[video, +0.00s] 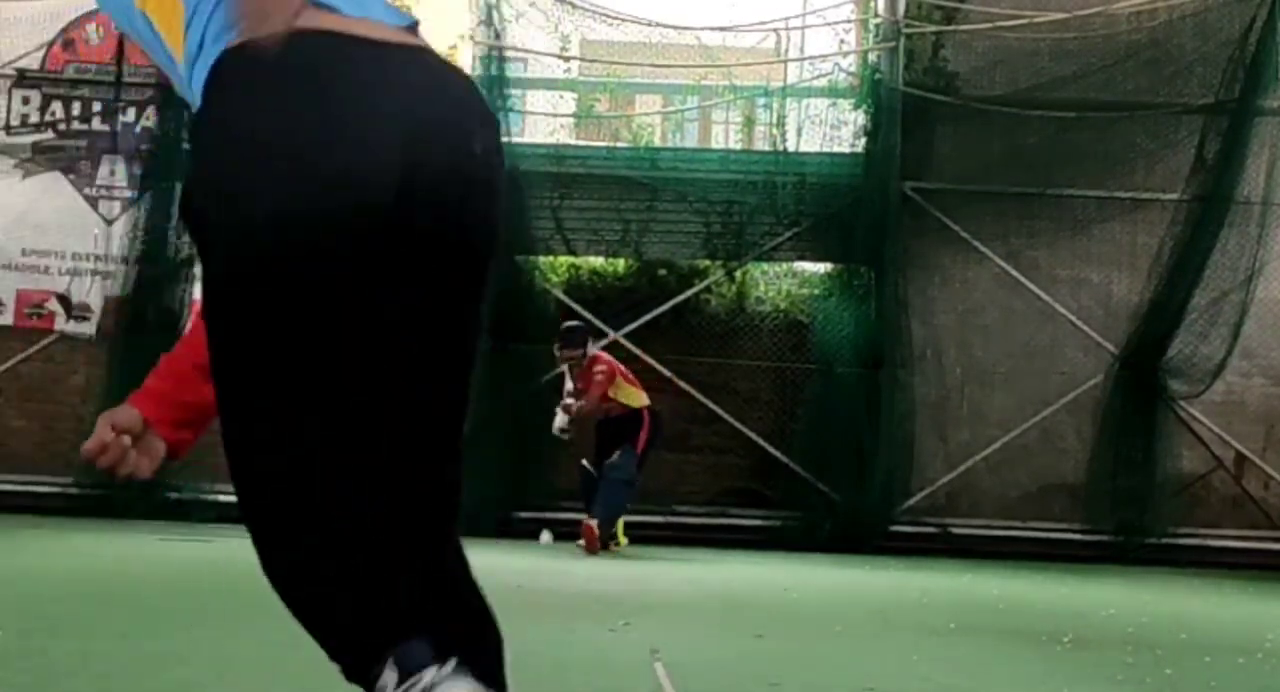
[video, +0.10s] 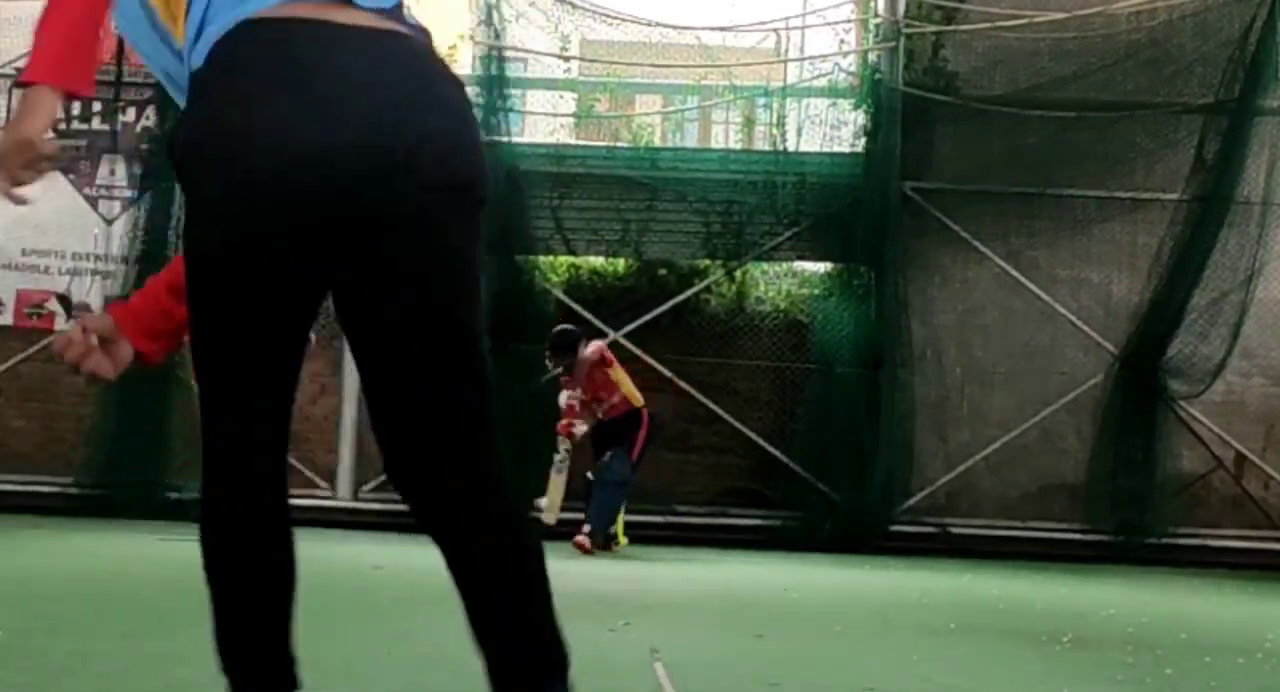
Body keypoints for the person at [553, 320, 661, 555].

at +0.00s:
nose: (571, 364)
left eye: (575, 358)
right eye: (566, 359)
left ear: (586, 351)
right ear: (561, 354)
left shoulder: (602, 364)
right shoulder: (571, 367)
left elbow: (592, 402)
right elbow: (570, 393)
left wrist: (573, 408)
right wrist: (563, 414)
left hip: (636, 413)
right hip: (608, 416)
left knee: (620, 468)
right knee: (601, 470)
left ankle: (600, 529)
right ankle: (610, 532)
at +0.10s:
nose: (557, 365)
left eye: (560, 358)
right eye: (555, 359)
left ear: (573, 351)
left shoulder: (597, 351)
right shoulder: (571, 381)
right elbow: (585, 415)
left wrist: (577, 388)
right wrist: (574, 427)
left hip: (630, 414)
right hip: (603, 422)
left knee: (616, 471)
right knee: (600, 474)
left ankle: (593, 532)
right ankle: (606, 532)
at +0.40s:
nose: (570, 359)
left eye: (571, 353)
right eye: (564, 355)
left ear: (579, 351)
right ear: (559, 362)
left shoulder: (592, 362)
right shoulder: (563, 385)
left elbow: (592, 319)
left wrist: (573, 337)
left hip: (621, 427)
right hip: (596, 435)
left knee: (603, 476)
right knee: (590, 482)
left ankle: (590, 536)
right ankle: (599, 529)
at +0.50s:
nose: (570, 357)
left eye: (572, 350)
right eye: (564, 355)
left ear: (579, 348)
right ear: (559, 360)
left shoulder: (593, 359)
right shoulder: (562, 383)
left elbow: (594, 316)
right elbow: (546, 393)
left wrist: (572, 333)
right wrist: (550, 368)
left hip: (617, 427)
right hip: (592, 435)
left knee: (600, 477)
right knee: (586, 481)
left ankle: (589, 536)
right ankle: (597, 529)